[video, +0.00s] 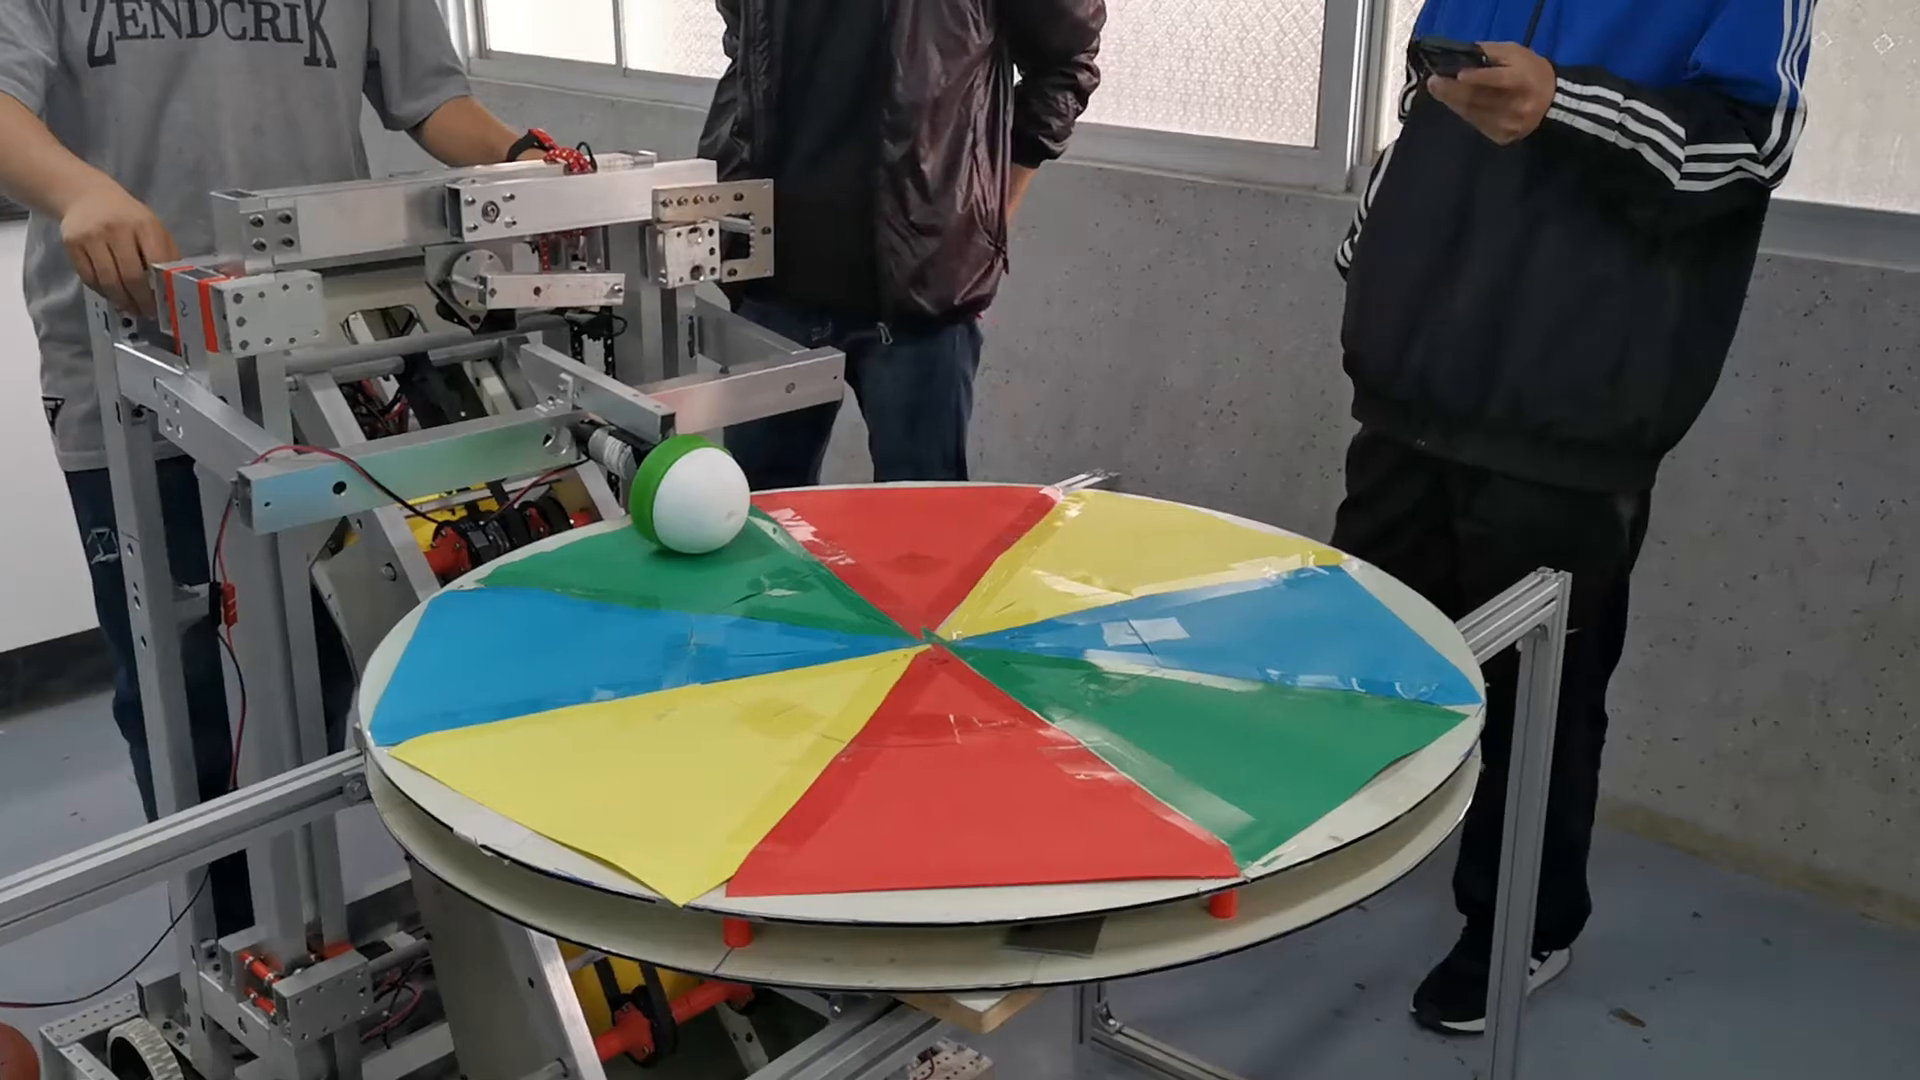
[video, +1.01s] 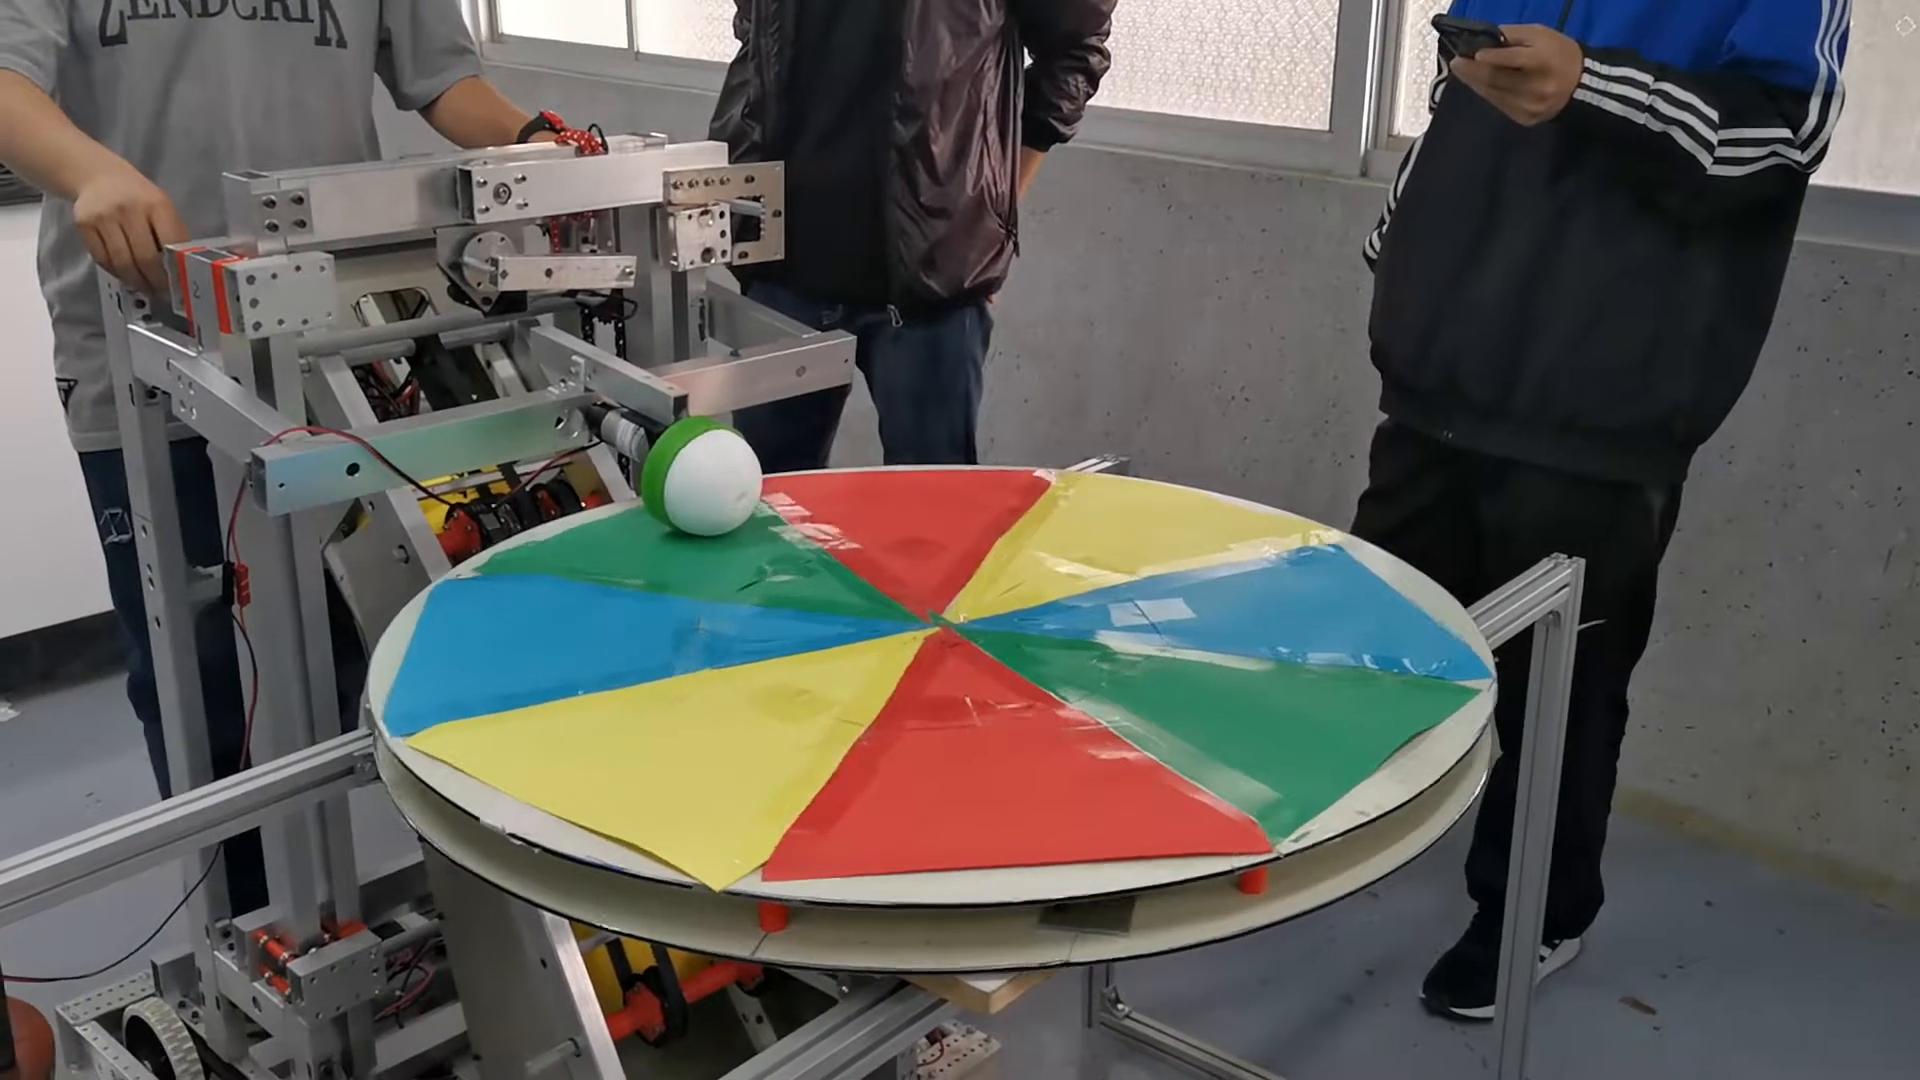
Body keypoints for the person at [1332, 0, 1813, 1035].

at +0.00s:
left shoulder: (1749, 6)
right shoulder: (1477, 4)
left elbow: (1749, 143)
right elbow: (1433, 95)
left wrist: (1557, 106)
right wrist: (1374, 249)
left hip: (1586, 378)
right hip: (1424, 338)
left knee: (1538, 678)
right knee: (1369, 634)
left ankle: (1520, 924)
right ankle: (1299, 855)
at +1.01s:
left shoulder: (1784, 7)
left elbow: (1786, 131)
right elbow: (1463, 66)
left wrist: (1586, 85)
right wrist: (1395, 241)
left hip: (1618, 371)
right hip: (1453, 331)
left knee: (1558, 671)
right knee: (1385, 625)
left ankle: (1530, 912)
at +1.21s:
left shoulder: (1783, 7)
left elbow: (1785, 131)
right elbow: (1465, 83)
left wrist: (1586, 84)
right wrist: (1397, 241)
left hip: (1617, 371)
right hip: (1452, 331)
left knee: (1557, 672)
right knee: (1387, 627)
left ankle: (1529, 913)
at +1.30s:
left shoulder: (1784, 7)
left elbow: (1784, 131)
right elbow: (1466, 77)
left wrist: (1585, 84)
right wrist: (1397, 240)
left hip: (1617, 371)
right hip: (1453, 329)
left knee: (1558, 670)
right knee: (1386, 623)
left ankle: (1528, 913)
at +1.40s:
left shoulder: (1784, 6)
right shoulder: (1513, 4)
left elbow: (1784, 132)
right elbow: (1466, 84)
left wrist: (1584, 82)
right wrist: (1397, 240)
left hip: (1616, 373)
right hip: (1452, 331)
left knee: (1557, 669)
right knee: (1389, 621)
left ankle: (1527, 912)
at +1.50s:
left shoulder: (1789, 6)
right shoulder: (1516, 4)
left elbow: (1786, 134)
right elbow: (1467, 92)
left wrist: (1586, 82)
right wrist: (1397, 242)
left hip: (1617, 376)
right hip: (1453, 334)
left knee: (1557, 668)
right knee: (1385, 621)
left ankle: (1527, 913)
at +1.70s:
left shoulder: (1793, 7)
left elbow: (1790, 137)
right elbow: (1473, 80)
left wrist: (1592, 83)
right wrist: (1403, 240)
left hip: (1619, 377)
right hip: (1456, 334)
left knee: (1558, 672)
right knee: (1384, 624)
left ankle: (1523, 916)